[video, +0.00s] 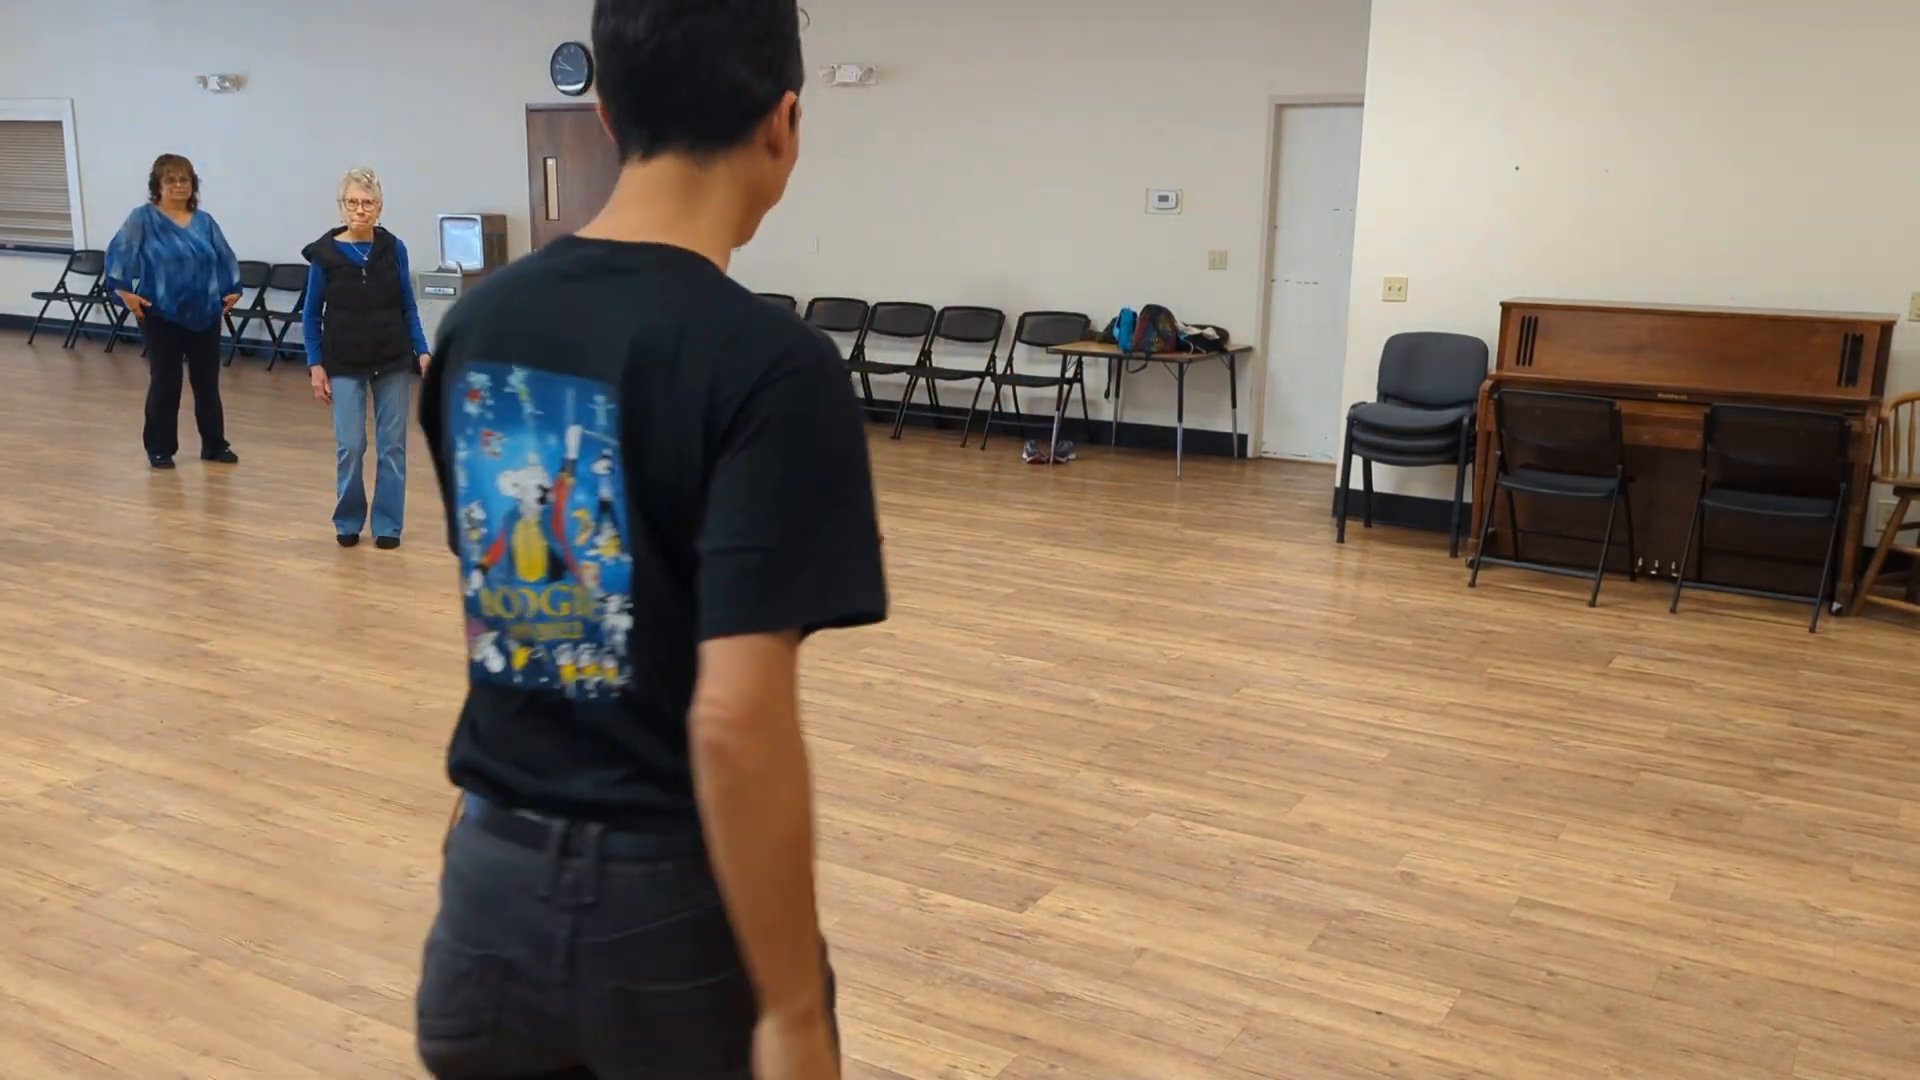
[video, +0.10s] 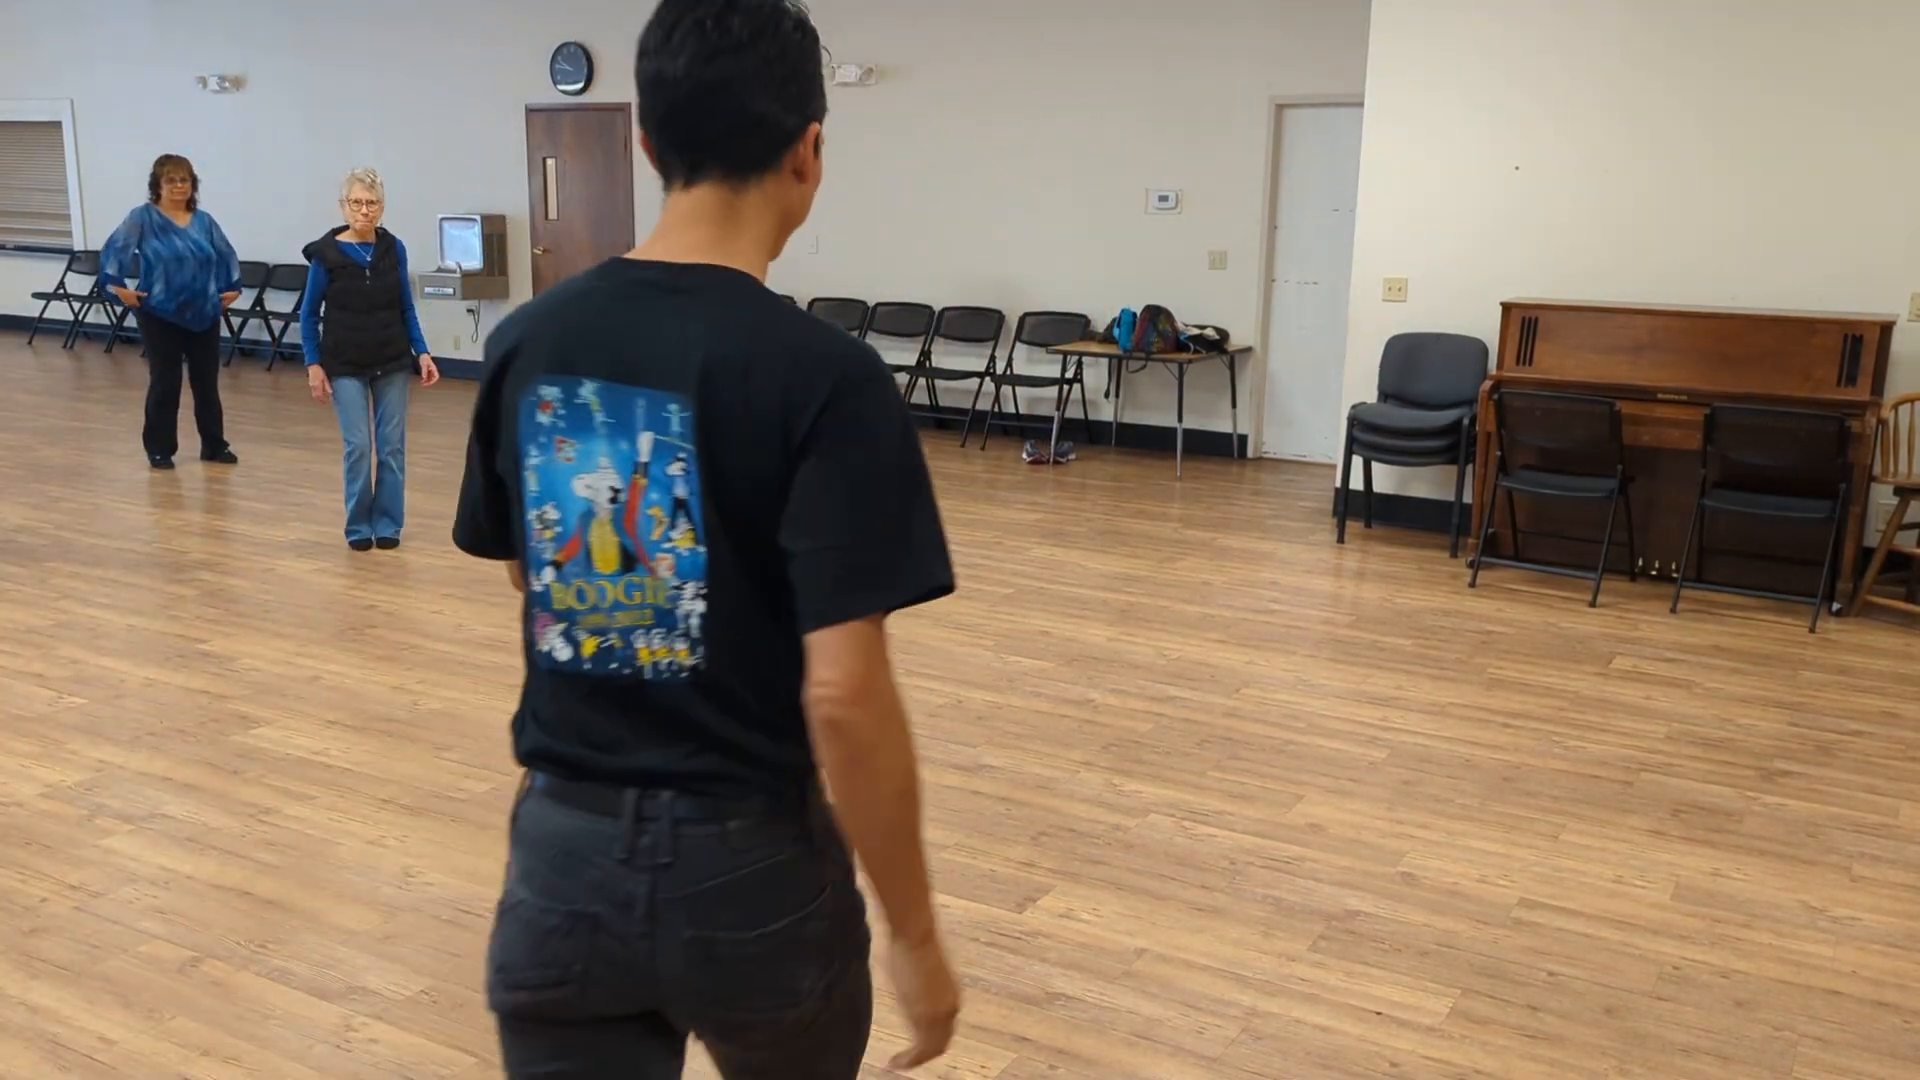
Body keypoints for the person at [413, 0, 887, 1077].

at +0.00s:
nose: (797, 145)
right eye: (801, 117)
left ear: (606, 113)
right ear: (782, 124)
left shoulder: (479, 323)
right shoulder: (762, 359)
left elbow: (505, 608)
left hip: (491, 862)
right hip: (671, 890)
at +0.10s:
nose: (824, 168)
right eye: (827, 139)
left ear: (645, 140)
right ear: (807, 152)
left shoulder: (533, 342)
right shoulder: (823, 375)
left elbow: (532, 580)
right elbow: (844, 696)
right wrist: (913, 932)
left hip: (562, 848)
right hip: (755, 866)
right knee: (796, 1061)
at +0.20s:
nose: (868, 159)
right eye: (869, 134)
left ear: (708, 130)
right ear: (851, 143)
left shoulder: (580, 312)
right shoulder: (867, 342)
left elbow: (537, 564)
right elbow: (935, 624)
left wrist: (653, 642)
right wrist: (1002, 812)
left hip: (621, 783)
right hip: (800, 785)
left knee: (657, 1072)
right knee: (827, 1062)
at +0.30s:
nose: (885, 145)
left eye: (884, 122)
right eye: (888, 122)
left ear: (741, 112)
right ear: (868, 127)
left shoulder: (609, 285)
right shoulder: (889, 307)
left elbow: (543, 528)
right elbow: (975, 557)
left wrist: (557, 704)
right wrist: (1037, 701)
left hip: (655, 709)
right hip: (818, 713)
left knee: (691, 1013)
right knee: (831, 1034)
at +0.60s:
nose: (871, 179)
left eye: (874, 159)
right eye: (875, 158)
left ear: (762, 141)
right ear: (857, 154)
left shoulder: (646, 282)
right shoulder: (879, 291)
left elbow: (547, 456)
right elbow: (981, 484)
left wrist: (484, 633)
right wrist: (1019, 541)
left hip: (694, 637)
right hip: (827, 634)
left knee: (735, 870)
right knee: (849, 920)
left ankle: (759, 1069)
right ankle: (846, 1074)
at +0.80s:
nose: (870, 175)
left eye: (876, 155)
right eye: (874, 152)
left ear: (774, 127)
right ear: (845, 136)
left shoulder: (662, 248)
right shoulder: (856, 258)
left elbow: (605, 419)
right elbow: (909, 443)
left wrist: (613, 545)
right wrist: (965, 550)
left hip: (703, 567)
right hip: (824, 572)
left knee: (732, 832)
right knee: (848, 803)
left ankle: (752, 1062)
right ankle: (842, 1057)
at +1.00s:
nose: (885, 172)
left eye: (887, 151)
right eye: (872, 149)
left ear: (801, 154)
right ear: (806, 149)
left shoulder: (698, 254)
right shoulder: (838, 278)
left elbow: (642, 398)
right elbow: (850, 450)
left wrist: (717, 440)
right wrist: (908, 589)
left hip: (719, 553)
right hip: (822, 560)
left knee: (742, 799)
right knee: (820, 754)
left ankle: (754, 1058)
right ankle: (801, 927)